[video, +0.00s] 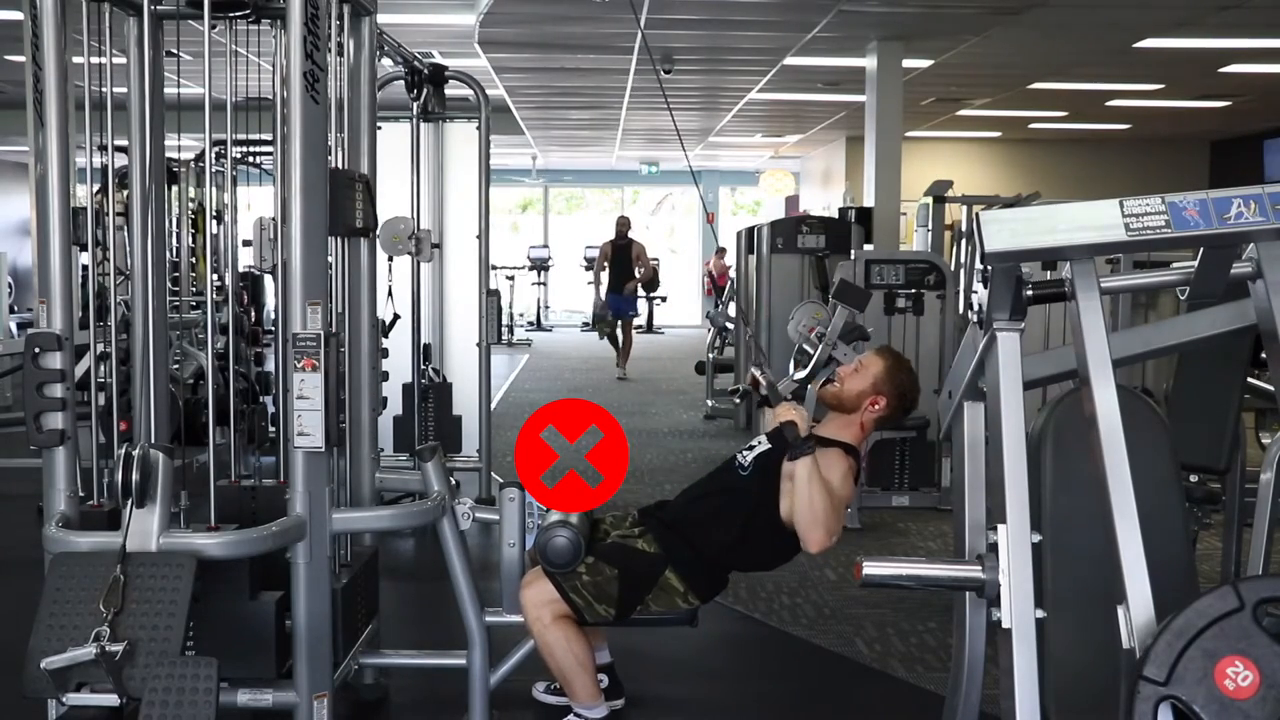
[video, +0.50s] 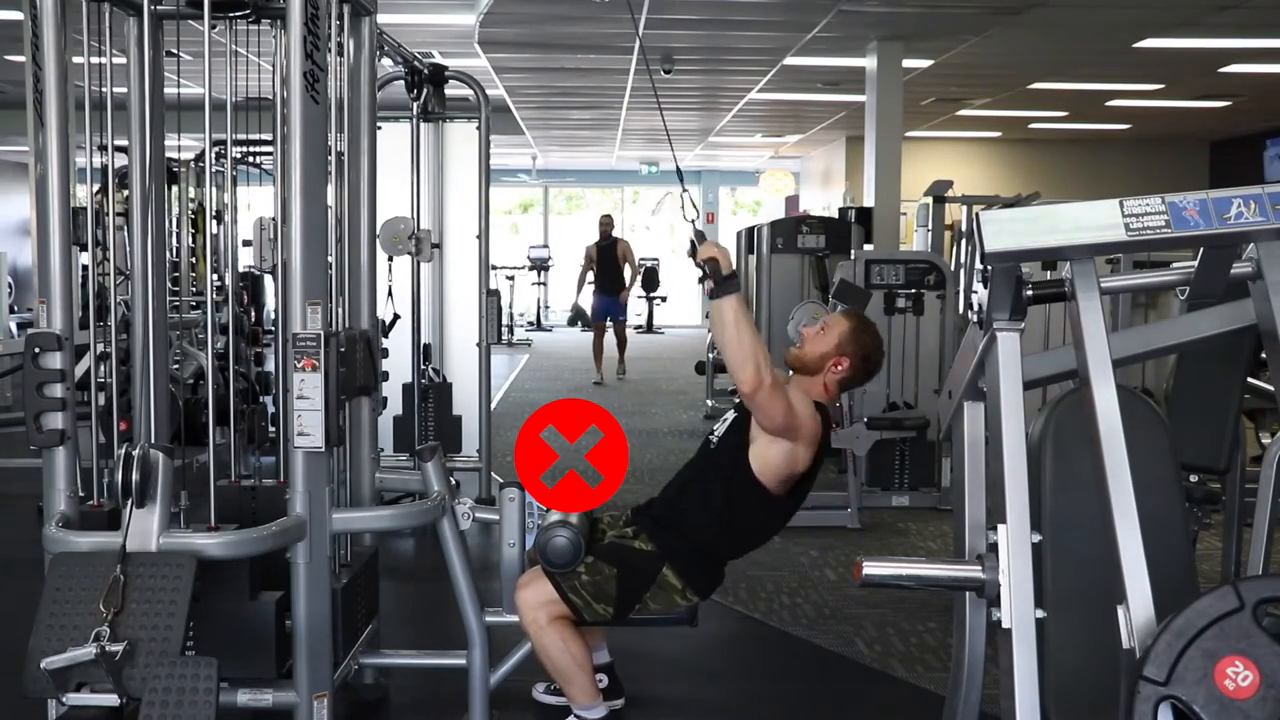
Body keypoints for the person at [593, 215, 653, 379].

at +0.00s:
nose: (621, 228)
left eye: (624, 225)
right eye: (619, 225)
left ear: (629, 228)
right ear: (615, 226)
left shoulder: (637, 247)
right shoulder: (606, 247)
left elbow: (648, 271)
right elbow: (597, 271)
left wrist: (635, 282)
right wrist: (597, 294)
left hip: (628, 294)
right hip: (611, 294)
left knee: (626, 330)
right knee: (609, 329)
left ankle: (622, 365)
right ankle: (618, 352)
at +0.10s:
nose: (619, 227)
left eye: (622, 224)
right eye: (616, 224)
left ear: (627, 226)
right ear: (613, 225)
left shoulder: (635, 246)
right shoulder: (605, 246)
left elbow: (646, 270)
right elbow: (594, 271)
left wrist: (632, 280)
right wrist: (592, 296)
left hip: (627, 293)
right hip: (610, 293)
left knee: (626, 330)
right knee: (605, 329)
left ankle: (623, 365)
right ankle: (612, 358)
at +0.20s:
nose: (616, 227)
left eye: (619, 224)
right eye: (614, 224)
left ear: (625, 226)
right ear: (610, 226)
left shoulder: (633, 246)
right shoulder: (602, 247)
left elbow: (643, 270)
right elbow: (592, 271)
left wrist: (629, 279)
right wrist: (586, 294)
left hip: (626, 295)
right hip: (608, 294)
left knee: (625, 331)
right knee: (603, 330)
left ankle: (622, 367)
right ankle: (604, 367)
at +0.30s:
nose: (612, 229)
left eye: (616, 226)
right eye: (610, 226)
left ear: (621, 228)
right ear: (607, 227)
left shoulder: (630, 247)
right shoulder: (599, 249)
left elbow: (641, 270)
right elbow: (589, 274)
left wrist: (627, 280)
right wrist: (582, 297)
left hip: (624, 295)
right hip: (606, 295)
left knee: (624, 333)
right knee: (603, 332)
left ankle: (622, 367)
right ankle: (598, 368)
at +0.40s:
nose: (609, 229)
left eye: (612, 226)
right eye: (606, 226)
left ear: (617, 228)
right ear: (603, 228)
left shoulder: (626, 247)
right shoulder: (596, 249)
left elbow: (638, 271)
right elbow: (587, 273)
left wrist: (627, 283)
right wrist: (579, 297)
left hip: (621, 295)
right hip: (603, 295)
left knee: (622, 332)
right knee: (601, 332)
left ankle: (622, 366)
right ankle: (599, 370)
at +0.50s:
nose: (604, 228)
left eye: (607, 225)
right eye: (602, 225)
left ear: (613, 226)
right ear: (598, 226)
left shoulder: (622, 245)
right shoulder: (592, 249)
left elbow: (634, 270)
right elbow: (583, 274)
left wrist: (628, 290)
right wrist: (577, 298)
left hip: (618, 296)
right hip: (600, 296)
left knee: (620, 333)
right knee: (598, 334)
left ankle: (621, 361)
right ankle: (598, 372)